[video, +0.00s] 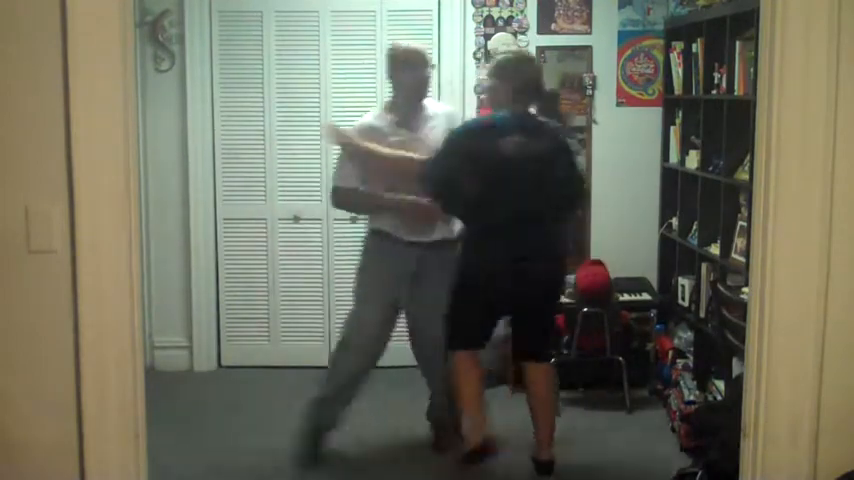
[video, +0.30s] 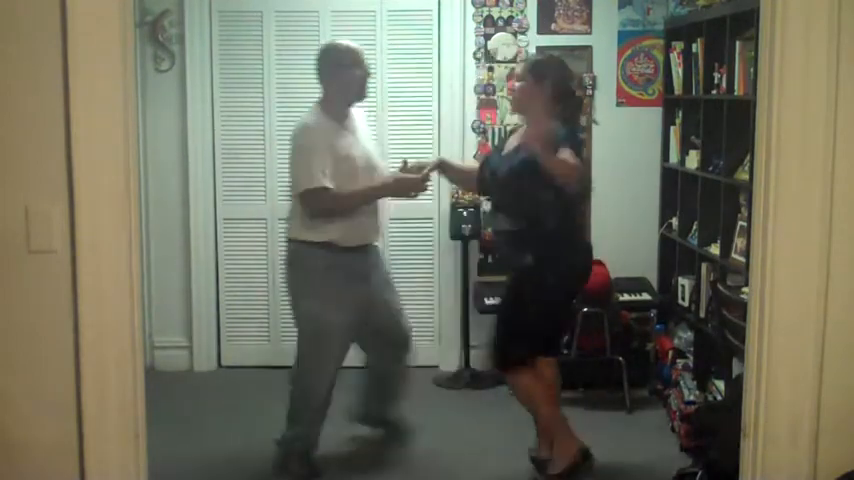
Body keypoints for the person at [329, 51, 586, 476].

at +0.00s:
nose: (483, 88)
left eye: (490, 82)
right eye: (486, 80)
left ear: (507, 88)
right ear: (533, 90)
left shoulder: (473, 135)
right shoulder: (553, 139)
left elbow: (432, 179)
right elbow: (573, 196)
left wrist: (357, 145)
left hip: (486, 257)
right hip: (543, 258)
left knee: (464, 343)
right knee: (537, 352)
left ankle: (476, 436)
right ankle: (544, 451)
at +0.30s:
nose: (367, 76)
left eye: (365, 70)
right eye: (358, 70)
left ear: (351, 78)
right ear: (331, 77)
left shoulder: (352, 124)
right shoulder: (312, 132)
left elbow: (356, 182)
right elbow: (314, 203)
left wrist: (398, 178)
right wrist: (384, 189)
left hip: (361, 255)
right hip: (320, 259)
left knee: (392, 339)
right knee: (319, 357)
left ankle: (378, 412)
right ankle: (296, 450)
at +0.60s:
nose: (331, 67)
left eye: (328, 59)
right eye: (322, 61)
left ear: (302, 72)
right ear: (298, 71)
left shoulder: (304, 124)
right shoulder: (291, 126)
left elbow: (322, 190)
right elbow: (321, 198)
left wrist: (373, 189)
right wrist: (379, 191)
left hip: (299, 256)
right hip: (280, 258)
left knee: (303, 359)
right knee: (299, 362)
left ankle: (225, 434)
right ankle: (295, 459)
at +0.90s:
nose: (317, 70)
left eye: (314, 63)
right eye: (309, 64)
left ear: (278, 74)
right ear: (285, 72)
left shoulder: (258, 119)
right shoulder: (277, 125)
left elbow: (263, 191)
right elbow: (309, 198)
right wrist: (373, 167)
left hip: (248, 253)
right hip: (270, 258)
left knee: (249, 357)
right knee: (318, 347)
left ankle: (202, 459)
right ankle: (294, 450)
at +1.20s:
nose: (324, 70)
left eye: (322, 63)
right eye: (316, 64)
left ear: (284, 74)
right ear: (295, 72)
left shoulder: (267, 120)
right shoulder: (296, 123)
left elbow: (274, 188)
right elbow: (370, 149)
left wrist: (318, 225)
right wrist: (390, 105)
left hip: (266, 254)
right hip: (288, 258)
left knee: (283, 352)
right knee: (320, 354)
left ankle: (221, 436)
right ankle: (304, 456)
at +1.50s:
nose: (339, 68)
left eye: (337, 62)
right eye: (333, 62)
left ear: (299, 69)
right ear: (315, 66)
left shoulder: (284, 110)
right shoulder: (319, 101)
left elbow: (299, 177)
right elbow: (389, 76)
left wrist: (350, 211)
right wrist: (448, 40)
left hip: (280, 242)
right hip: (285, 245)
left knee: (323, 329)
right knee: (315, 336)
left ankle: (315, 432)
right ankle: (307, 450)